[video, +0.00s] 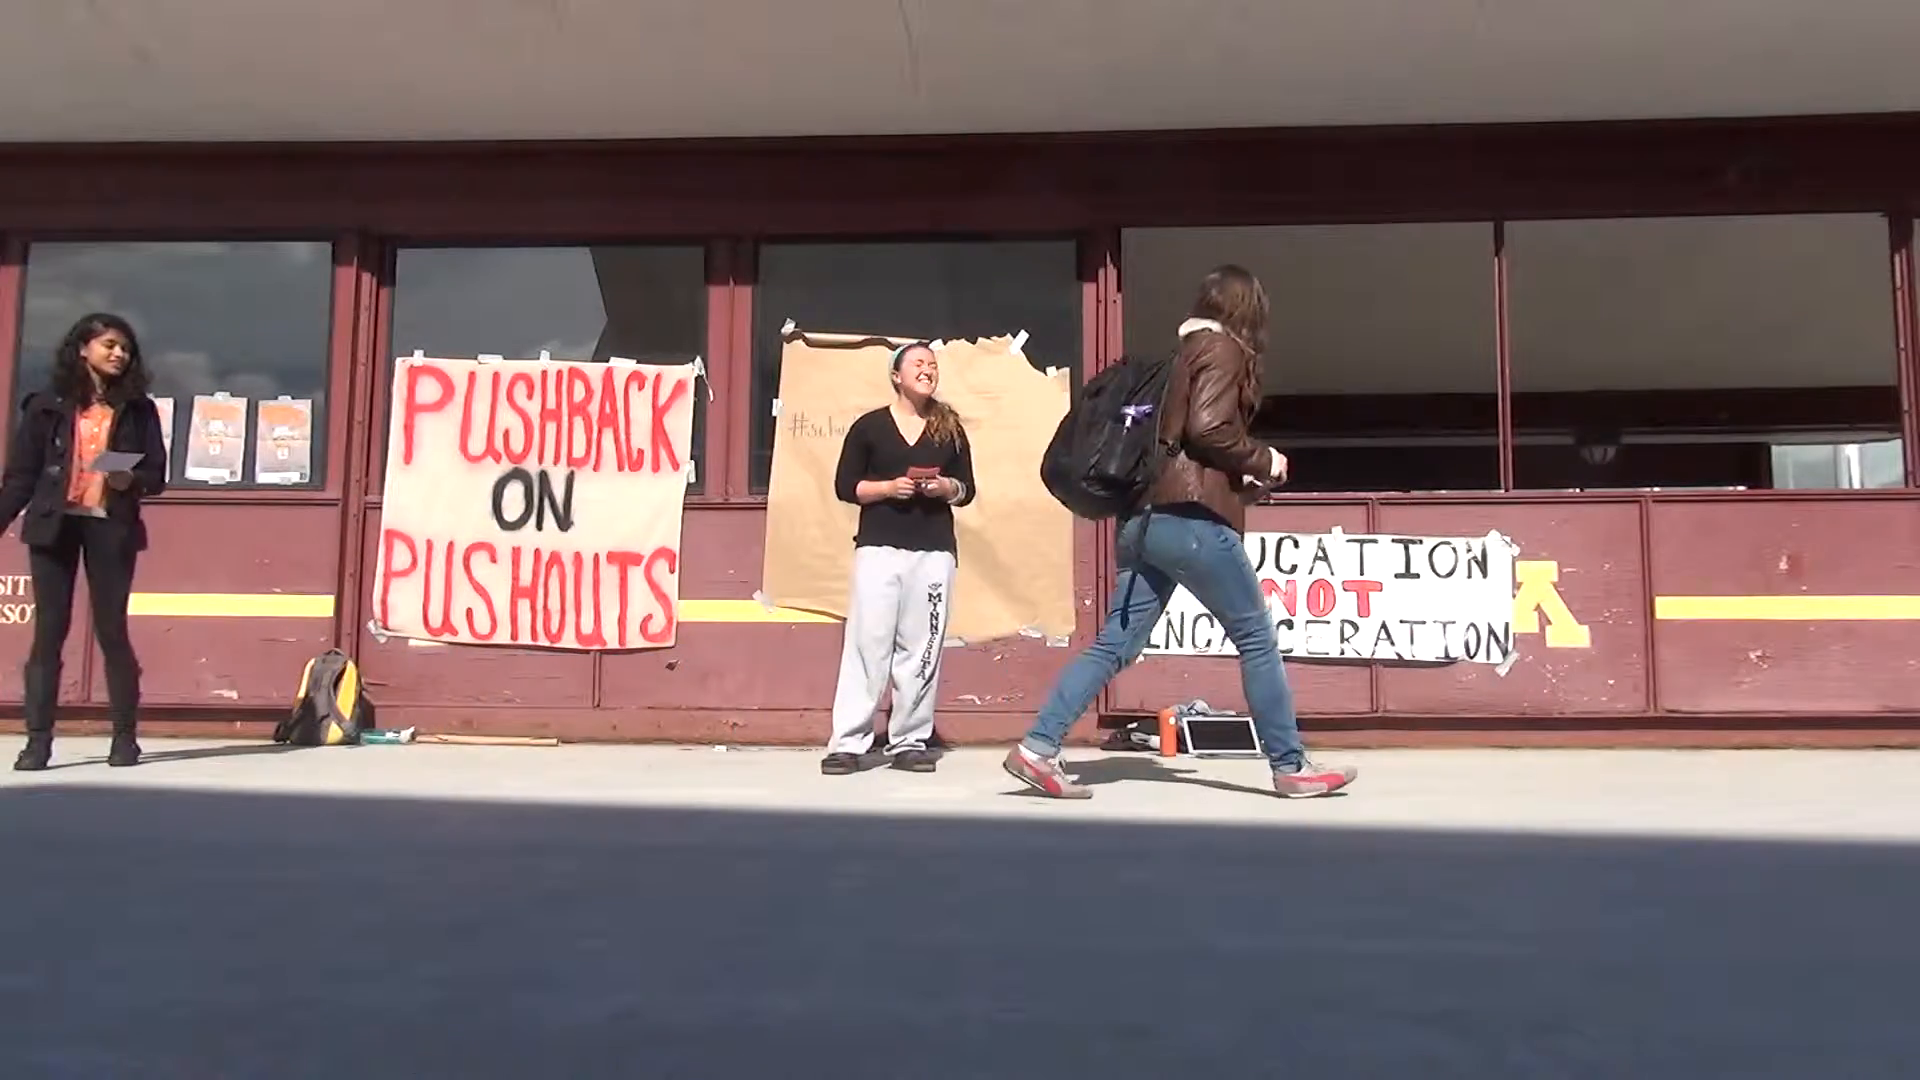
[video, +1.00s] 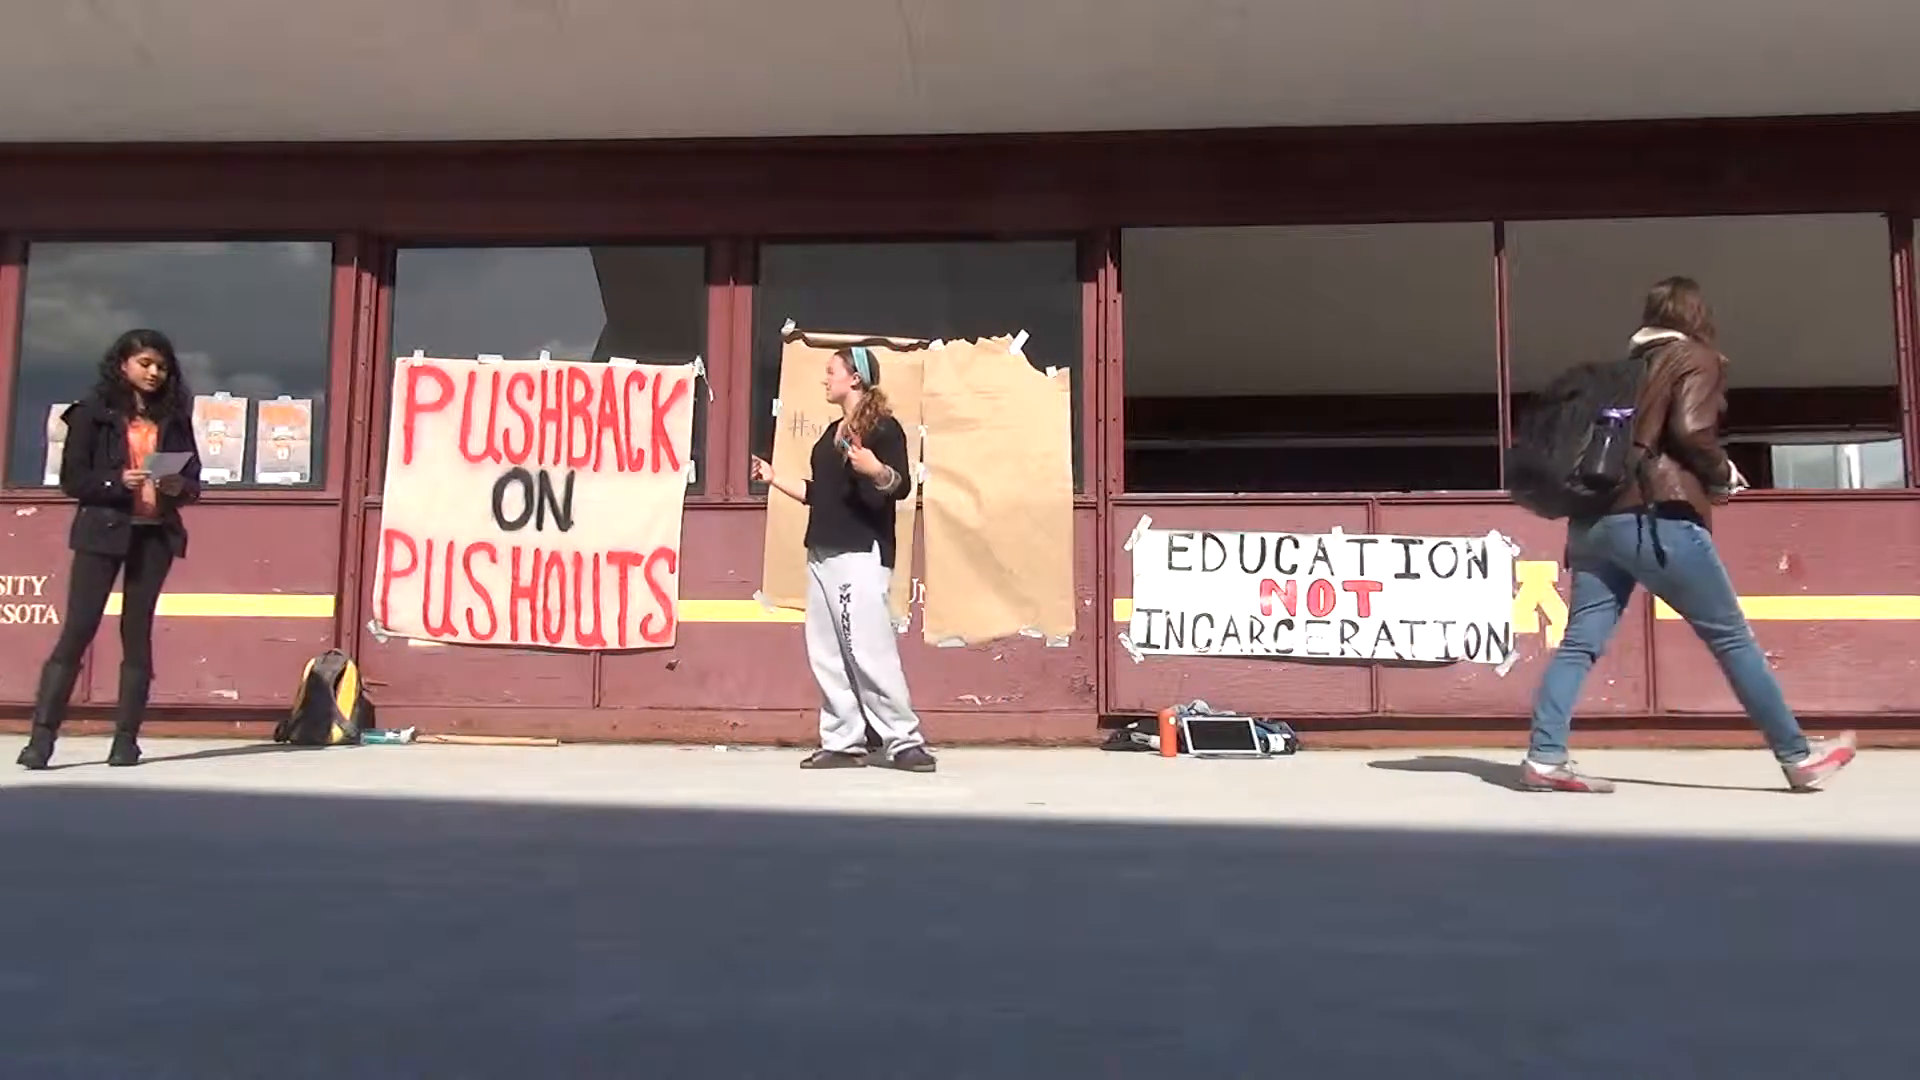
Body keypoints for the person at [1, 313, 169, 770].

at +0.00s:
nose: (117, 353)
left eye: (123, 348)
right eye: (108, 344)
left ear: (129, 358)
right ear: (81, 348)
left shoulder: (139, 409)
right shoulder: (46, 404)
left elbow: (156, 479)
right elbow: (21, 476)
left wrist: (132, 481)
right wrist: (3, 518)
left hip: (110, 527)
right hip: (52, 524)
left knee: (110, 630)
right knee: (49, 630)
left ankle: (125, 734)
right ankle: (39, 738)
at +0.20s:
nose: (128, 360)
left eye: (136, 354)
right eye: (120, 350)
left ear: (143, 362)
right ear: (95, 353)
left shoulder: (155, 412)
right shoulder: (64, 406)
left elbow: (171, 480)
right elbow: (40, 474)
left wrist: (155, 481)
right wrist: (44, 498)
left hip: (132, 527)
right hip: (76, 523)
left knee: (125, 627)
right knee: (62, 627)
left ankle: (126, 736)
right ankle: (40, 739)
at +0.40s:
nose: (141, 365)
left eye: (148, 359)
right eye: (132, 356)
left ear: (154, 366)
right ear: (107, 359)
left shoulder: (165, 415)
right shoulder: (79, 410)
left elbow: (184, 483)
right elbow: (53, 474)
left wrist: (173, 485)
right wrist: (78, 482)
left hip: (146, 531)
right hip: (93, 528)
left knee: (135, 630)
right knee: (72, 629)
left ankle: (127, 736)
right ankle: (40, 739)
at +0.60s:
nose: (149, 370)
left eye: (156, 364)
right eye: (140, 361)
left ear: (162, 371)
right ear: (117, 363)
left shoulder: (171, 417)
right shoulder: (86, 414)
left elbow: (190, 483)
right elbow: (69, 481)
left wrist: (182, 486)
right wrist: (113, 482)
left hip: (155, 532)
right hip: (103, 529)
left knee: (139, 629)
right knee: (79, 629)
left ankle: (127, 736)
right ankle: (42, 737)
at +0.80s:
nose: (153, 371)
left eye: (160, 365)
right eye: (144, 362)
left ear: (166, 372)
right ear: (122, 364)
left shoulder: (174, 417)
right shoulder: (92, 411)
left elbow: (193, 482)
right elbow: (74, 482)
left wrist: (184, 488)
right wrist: (124, 482)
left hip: (157, 532)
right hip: (105, 529)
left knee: (139, 628)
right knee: (83, 627)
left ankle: (126, 737)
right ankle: (44, 735)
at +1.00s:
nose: (154, 372)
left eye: (161, 366)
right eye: (145, 363)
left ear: (167, 372)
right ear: (123, 365)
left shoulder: (175, 417)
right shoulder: (92, 410)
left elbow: (192, 484)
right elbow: (72, 481)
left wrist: (177, 489)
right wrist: (119, 483)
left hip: (155, 533)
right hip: (103, 529)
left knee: (137, 629)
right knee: (79, 628)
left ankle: (126, 738)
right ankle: (42, 737)